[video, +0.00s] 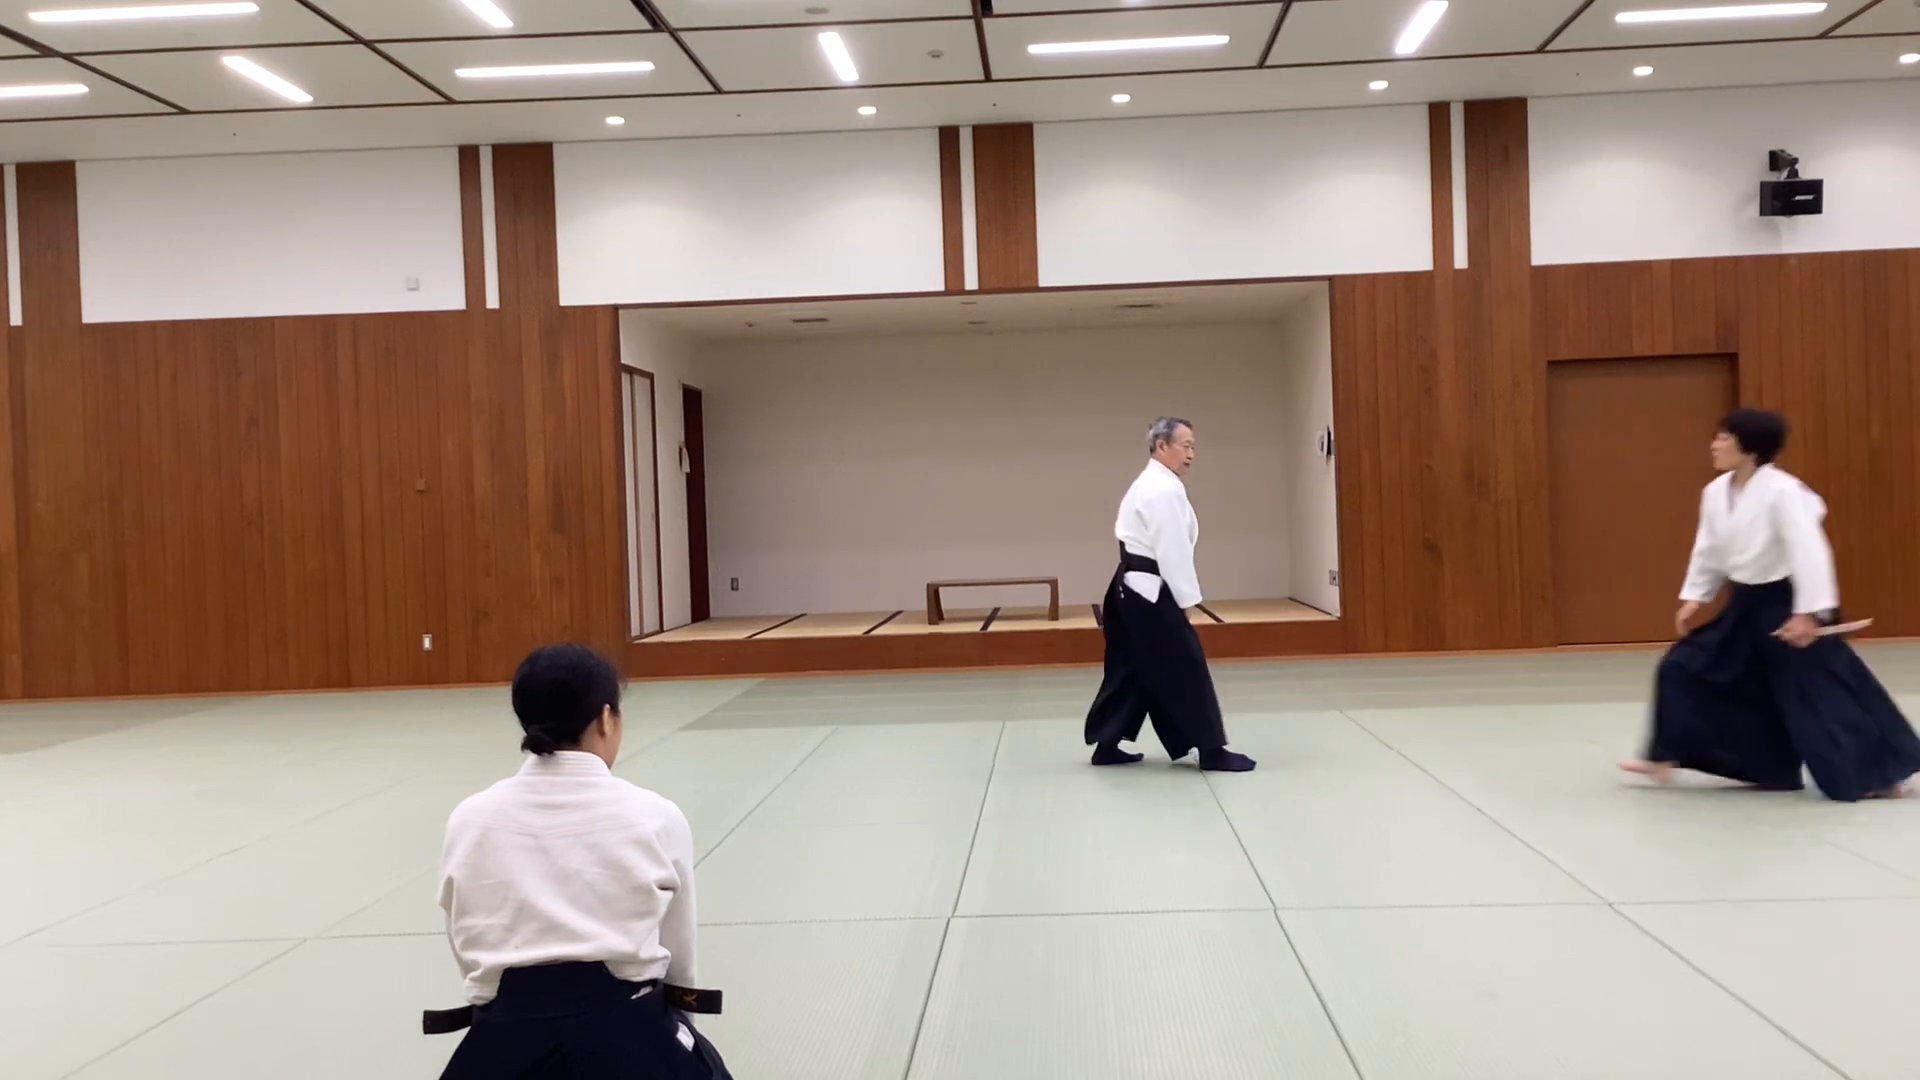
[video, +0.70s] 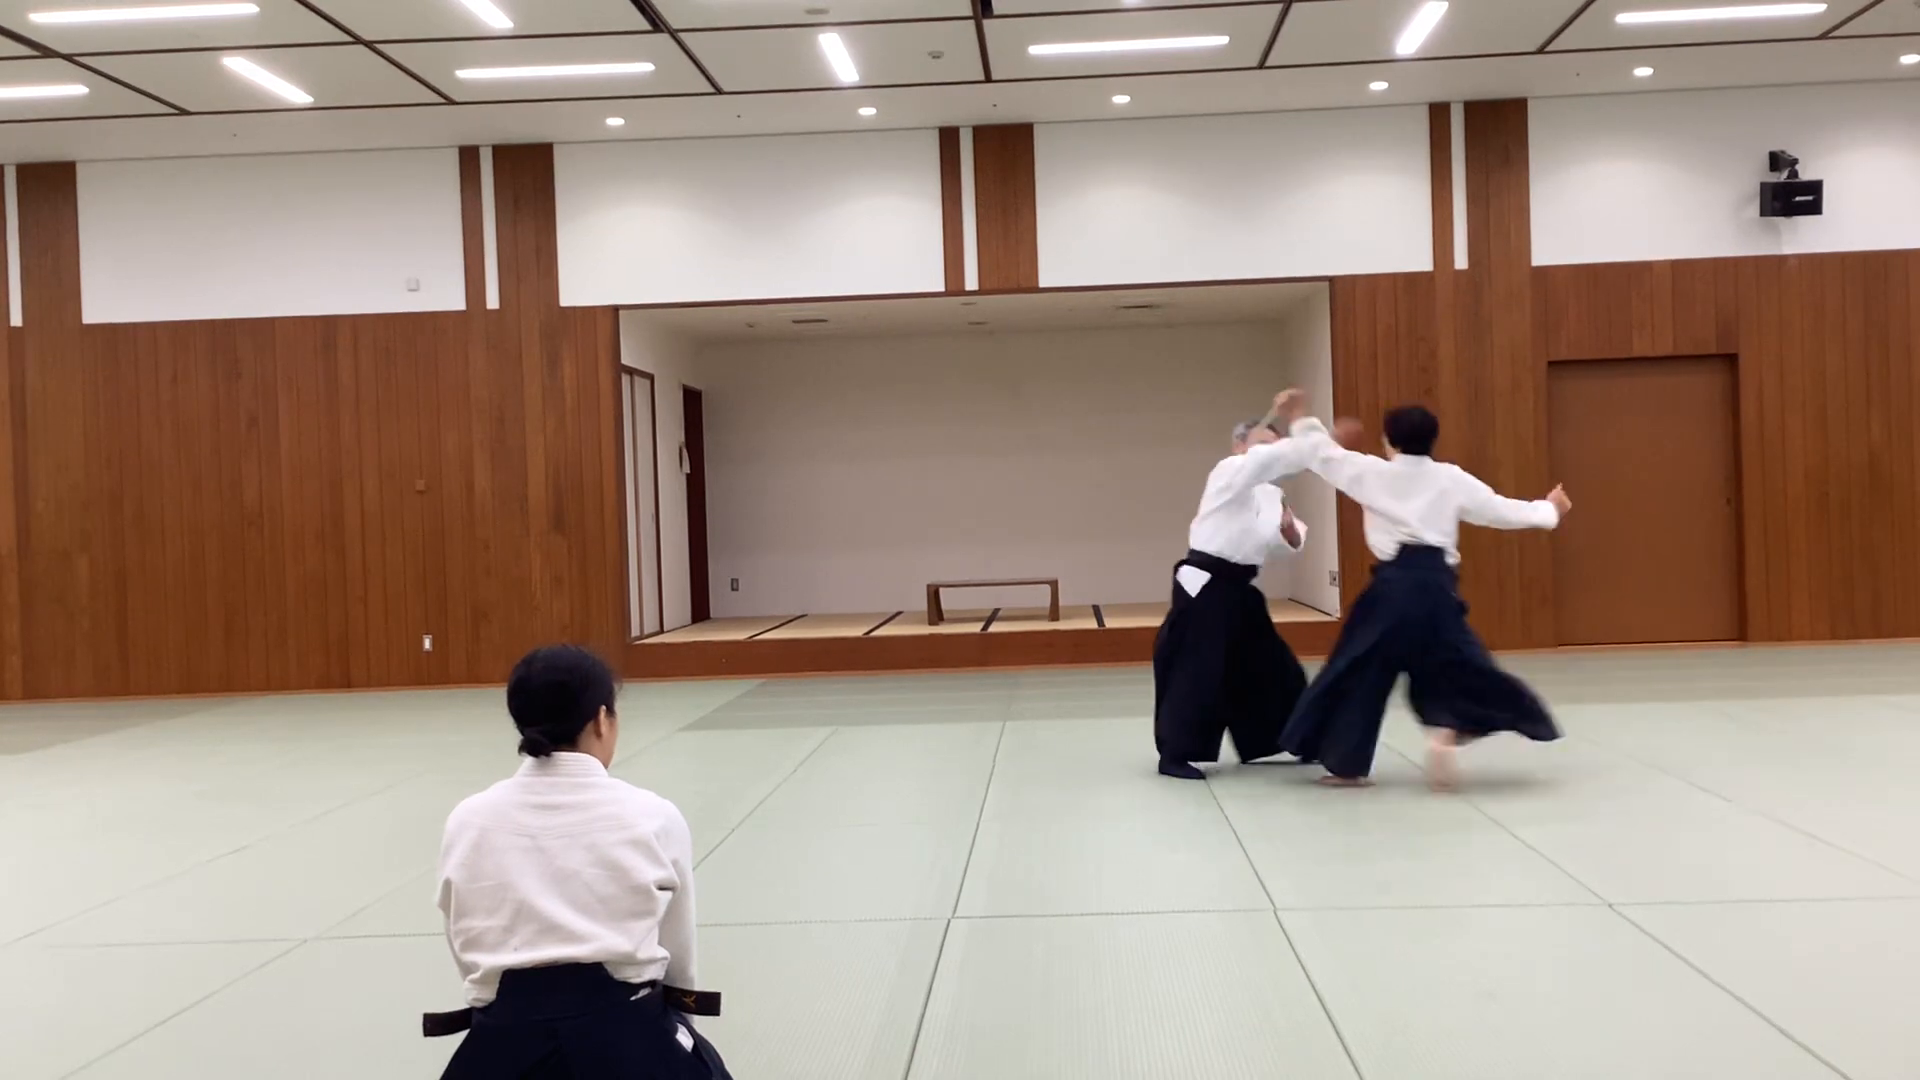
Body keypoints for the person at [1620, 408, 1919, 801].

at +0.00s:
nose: (1715, 444)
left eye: (1725, 439)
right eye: (1717, 437)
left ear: (1751, 449)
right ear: (1734, 449)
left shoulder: (1785, 492)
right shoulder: (1716, 492)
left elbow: (1810, 552)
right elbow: (1707, 550)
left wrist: (1807, 612)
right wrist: (1692, 597)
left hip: (1784, 605)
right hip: (1742, 605)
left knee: (1821, 685)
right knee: (1679, 666)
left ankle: (1882, 770)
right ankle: (1662, 759)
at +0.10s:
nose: (1658, 445)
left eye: (1668, 440)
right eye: (1661, 438)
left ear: (1693, 450)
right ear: (1678, 450)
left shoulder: (1722, 490)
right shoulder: (1662, 493)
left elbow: (1745, 549)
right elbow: (1667, 554)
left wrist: (1747, 609)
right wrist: (1652, 597)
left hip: (1733, 607)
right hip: (1691, 609)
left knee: (1800, 680)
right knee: (1629, 670)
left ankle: (1881, 761)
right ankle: (1623, 766)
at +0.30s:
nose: (1556, 451)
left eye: (1564, 446)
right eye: (1557, 443)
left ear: (1586, 455)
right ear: (1584, 453)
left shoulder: (1606, 496)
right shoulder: (1572, 490)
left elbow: (1578, 559)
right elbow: (1564, 554)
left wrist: (1525, 587)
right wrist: (1523, 578)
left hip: (1627, 601)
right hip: (1599, 602)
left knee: (1638, 682)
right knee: (1577, 686)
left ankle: (1667, 767)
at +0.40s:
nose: (1509, 455)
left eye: (1516, 449)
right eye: (1511, 447)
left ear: (1537, 457)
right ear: (1549, 457)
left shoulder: (1543, 498)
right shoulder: (1568, 488)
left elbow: (1480, 523)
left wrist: (1441, 487)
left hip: (1565, 607)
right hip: (1590, 598)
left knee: (1496, 672)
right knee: (1578, 683)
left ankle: (1499, 760)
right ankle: (1612, 765)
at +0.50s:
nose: (1456, 454)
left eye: (1461, 449)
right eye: (1458, 448)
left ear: (1478, 456)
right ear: (1498, 455)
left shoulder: (1472, 496)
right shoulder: (1522, 481)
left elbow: (1409, 487)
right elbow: (1557, 507)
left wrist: (1423, 440)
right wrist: (1528, 532)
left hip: (1501, 602)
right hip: (1534, 595)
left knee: (1442, 672)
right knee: (1541, 686)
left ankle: (1380, 752)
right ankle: (1606, 761)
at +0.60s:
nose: (1412, 453)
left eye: (1415, 448)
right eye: (1414, 447)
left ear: (1424, 455)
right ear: (1461, 455)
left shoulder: (1406, 489)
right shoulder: (1484, 489)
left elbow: (1358, 468)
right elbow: (1534, 511)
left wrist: (1360, 422)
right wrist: (1549, 489)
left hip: (1433, 606)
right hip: (1478, 604)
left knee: (1387, 676)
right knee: (1503, 678)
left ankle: (1356, 765)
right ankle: (1550, 739)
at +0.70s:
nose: (1383, 442)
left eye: (1385, 438)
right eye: (1386, 437)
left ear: (1390, 443)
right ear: (1431, 442)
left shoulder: (1374, 473)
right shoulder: (1450, 479)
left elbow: (1328, 457)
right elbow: (1499, 509)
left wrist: (1301, 422)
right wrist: (1549, 511)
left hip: (1392, 586)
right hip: (1438, 587)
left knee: (1365, 667)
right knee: (1455, 665)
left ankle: (1348, 764)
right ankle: (1445, 734)